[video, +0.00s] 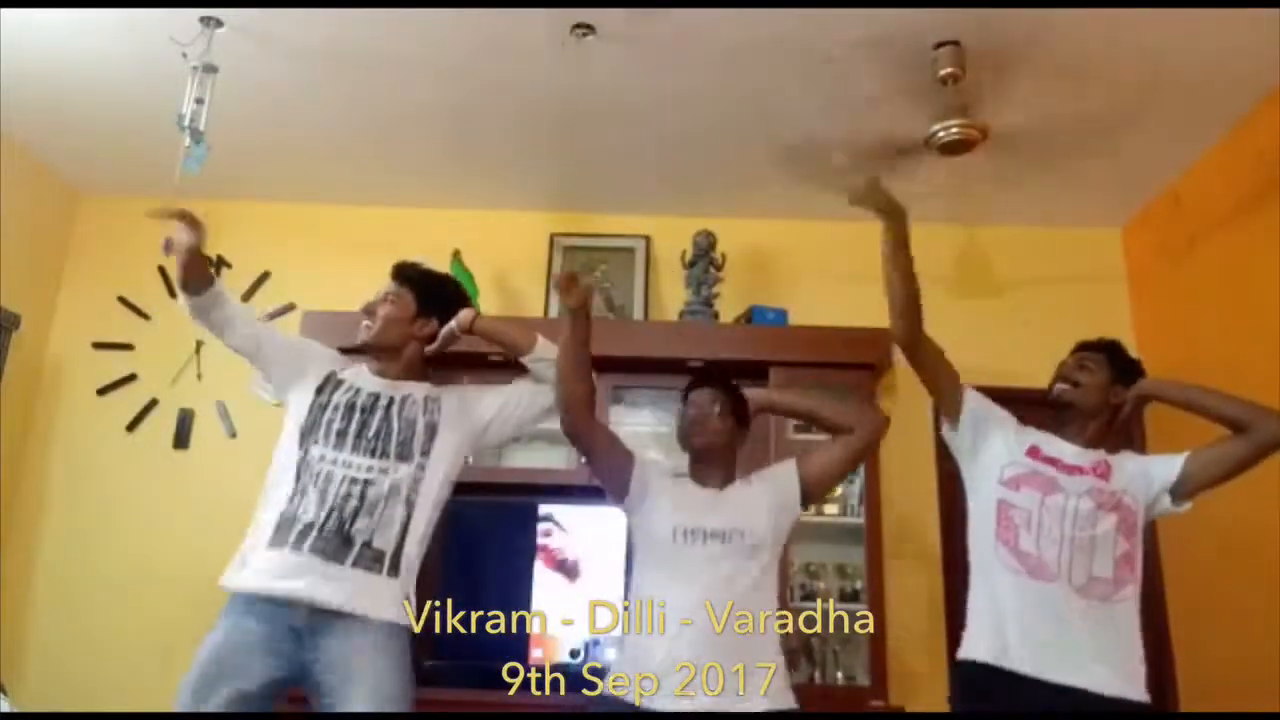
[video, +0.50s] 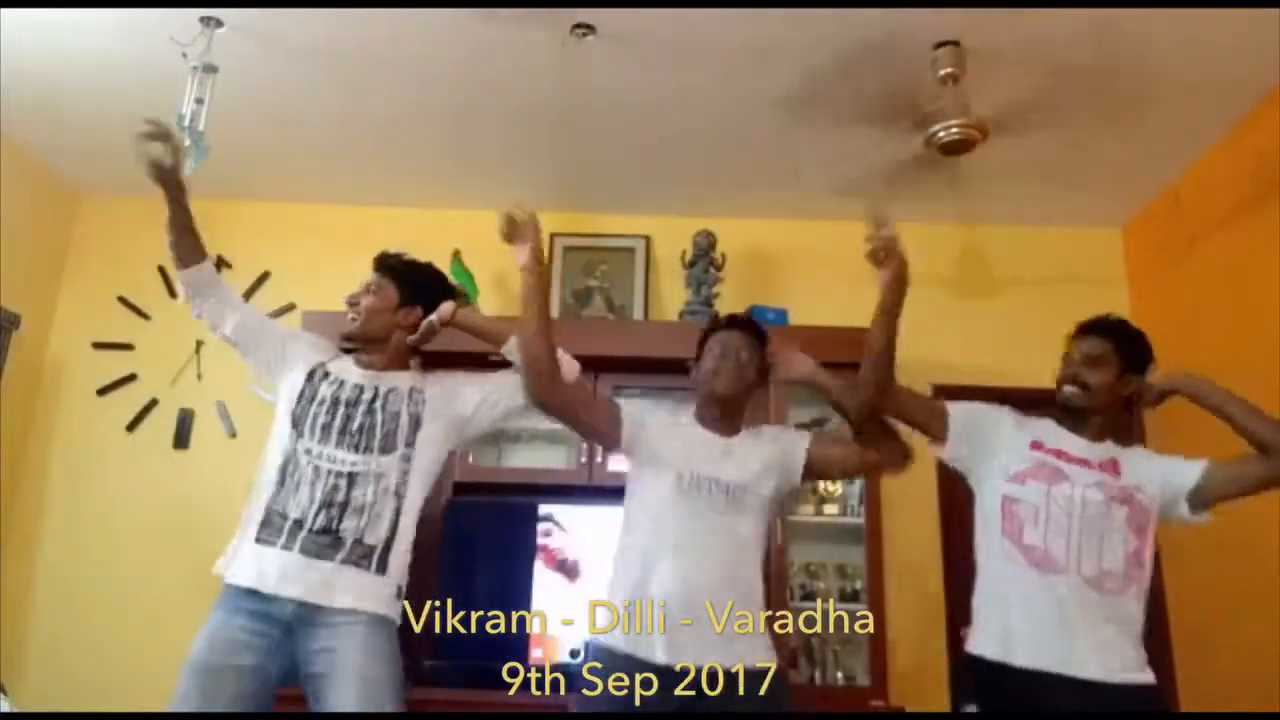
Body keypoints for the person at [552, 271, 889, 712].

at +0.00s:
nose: (698, 415)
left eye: (713, 408)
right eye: (689, 408)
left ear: (739, 424)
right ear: (678, 425)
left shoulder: (773, 493)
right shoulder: (647, 489)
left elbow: (869, 424)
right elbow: (578, 422)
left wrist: (765, 398)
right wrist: (577, 314)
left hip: (756, 701)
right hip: (651, 696)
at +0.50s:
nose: (722, 360)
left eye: (737, 354)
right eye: (714, 351)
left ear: (758, 376)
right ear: (694, 368)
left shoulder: (778, 449)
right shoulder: (646, 429)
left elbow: (889, 455)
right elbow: (545, 388)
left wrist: (818, 376)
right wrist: (532, 265)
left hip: (738, 677)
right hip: (630, 665)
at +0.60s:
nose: (739, 344)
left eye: (751, 340)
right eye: (725, 335)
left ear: (761, 367)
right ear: (695, 359)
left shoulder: (775, 442)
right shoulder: (645, 411)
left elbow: (859, 520)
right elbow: (533, 444)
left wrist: (862, 430)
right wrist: (544, 363)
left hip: (731, 660)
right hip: (629, 650)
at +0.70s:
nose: (739, 356)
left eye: (751, 352)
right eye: (726, 347)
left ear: (763, 377)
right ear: (696, 366)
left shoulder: (775, 458)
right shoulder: (639, 426)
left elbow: (817, 572)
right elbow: (554, 489)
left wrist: (842, 529)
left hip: (734, 670)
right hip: (629, 665)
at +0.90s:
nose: (771, 408)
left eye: (776, 399)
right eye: (753, 399)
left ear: (785, 414)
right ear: (713, 419)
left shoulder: (787, 514)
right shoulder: (662, 489)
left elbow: (778, 622)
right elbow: (584, 595)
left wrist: (777, 686)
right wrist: (598, 682)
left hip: (738, 702)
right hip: (646, 700)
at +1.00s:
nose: (787, 374)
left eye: (791, 363)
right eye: (769, 360)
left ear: (797, 376)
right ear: (729, 371)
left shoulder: (797, 475)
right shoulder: (686, 437)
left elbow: (804, 593)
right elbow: (603, 550)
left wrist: (814, 668)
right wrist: (640, 644)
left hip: (762, 688)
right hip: (670, 686)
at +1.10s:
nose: (795, 352)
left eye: (798, 341)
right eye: (781, 337)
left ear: (799, 350)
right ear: (738, 343)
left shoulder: (799, 441)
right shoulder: (689, 402)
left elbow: (819, 555)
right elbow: (617, 512)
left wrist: (861, 619)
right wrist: (669, 624)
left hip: (787, 671)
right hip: (695, 666)